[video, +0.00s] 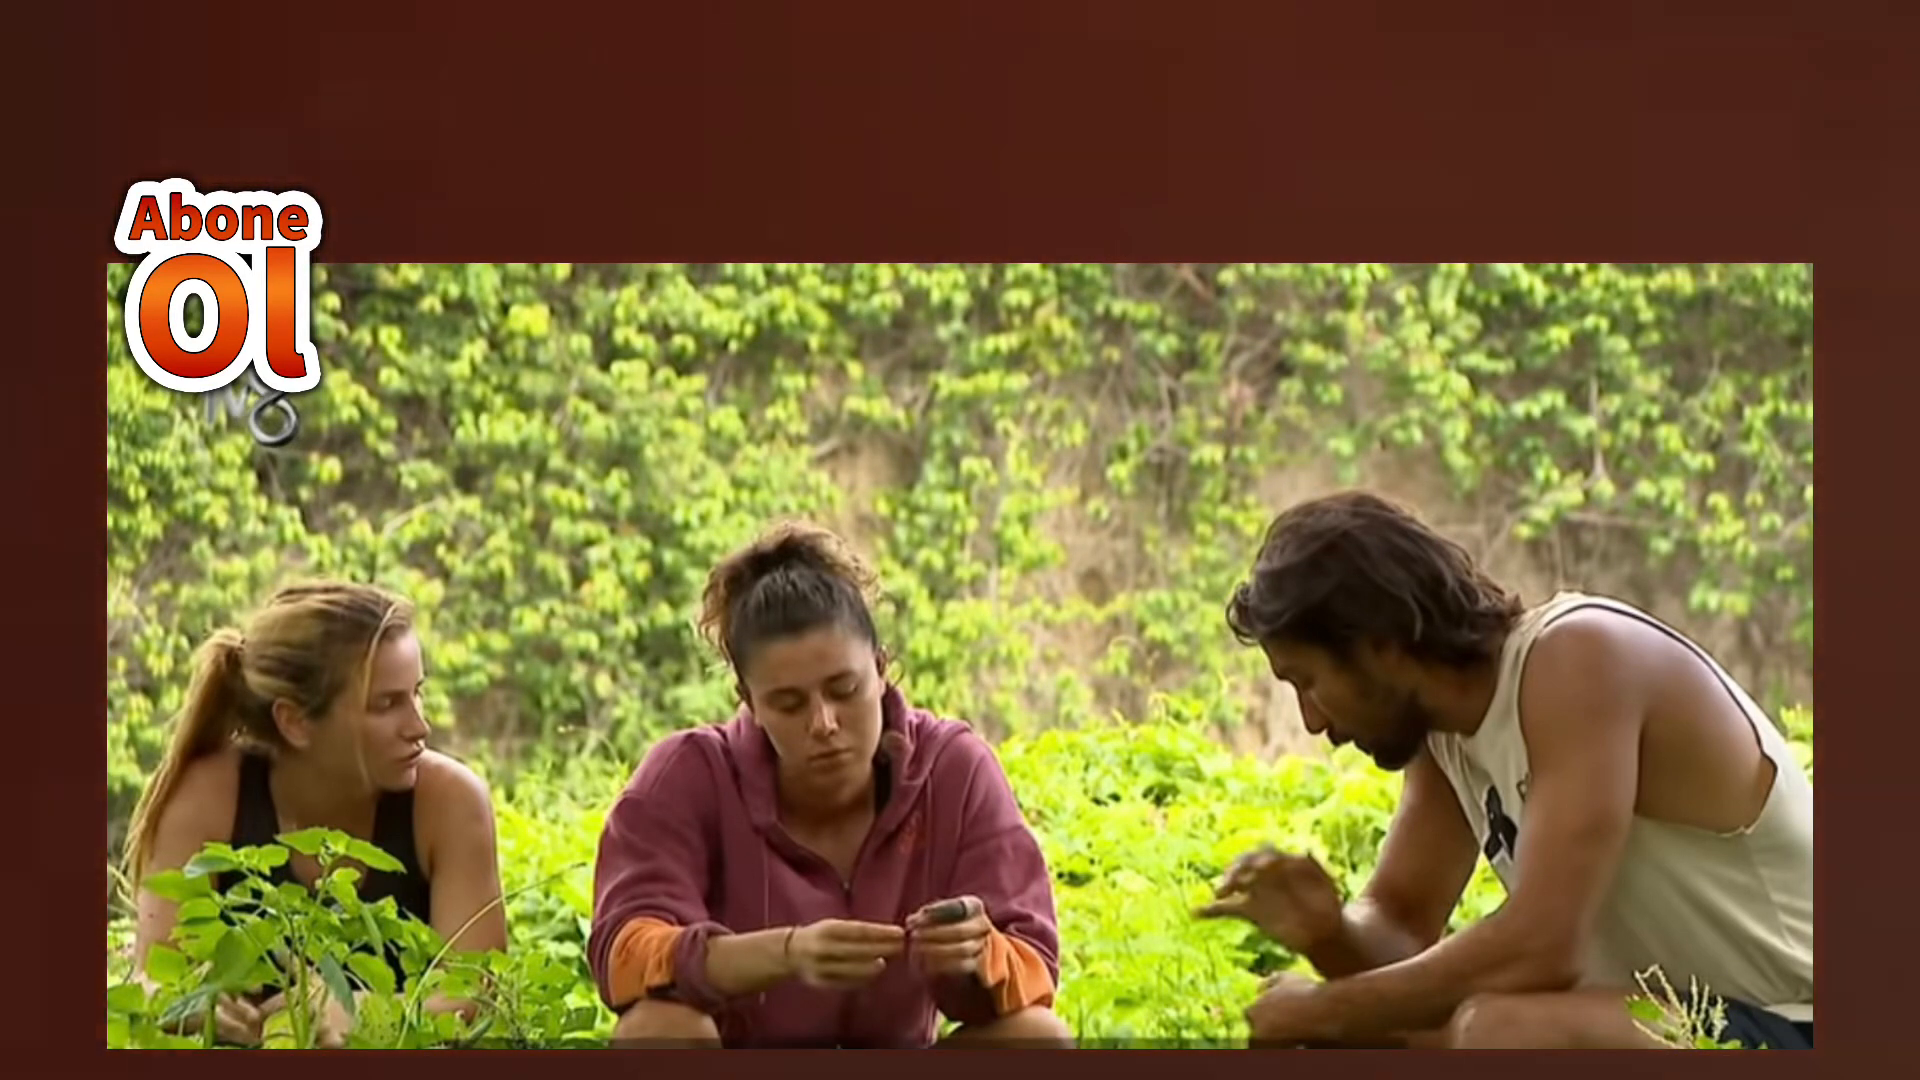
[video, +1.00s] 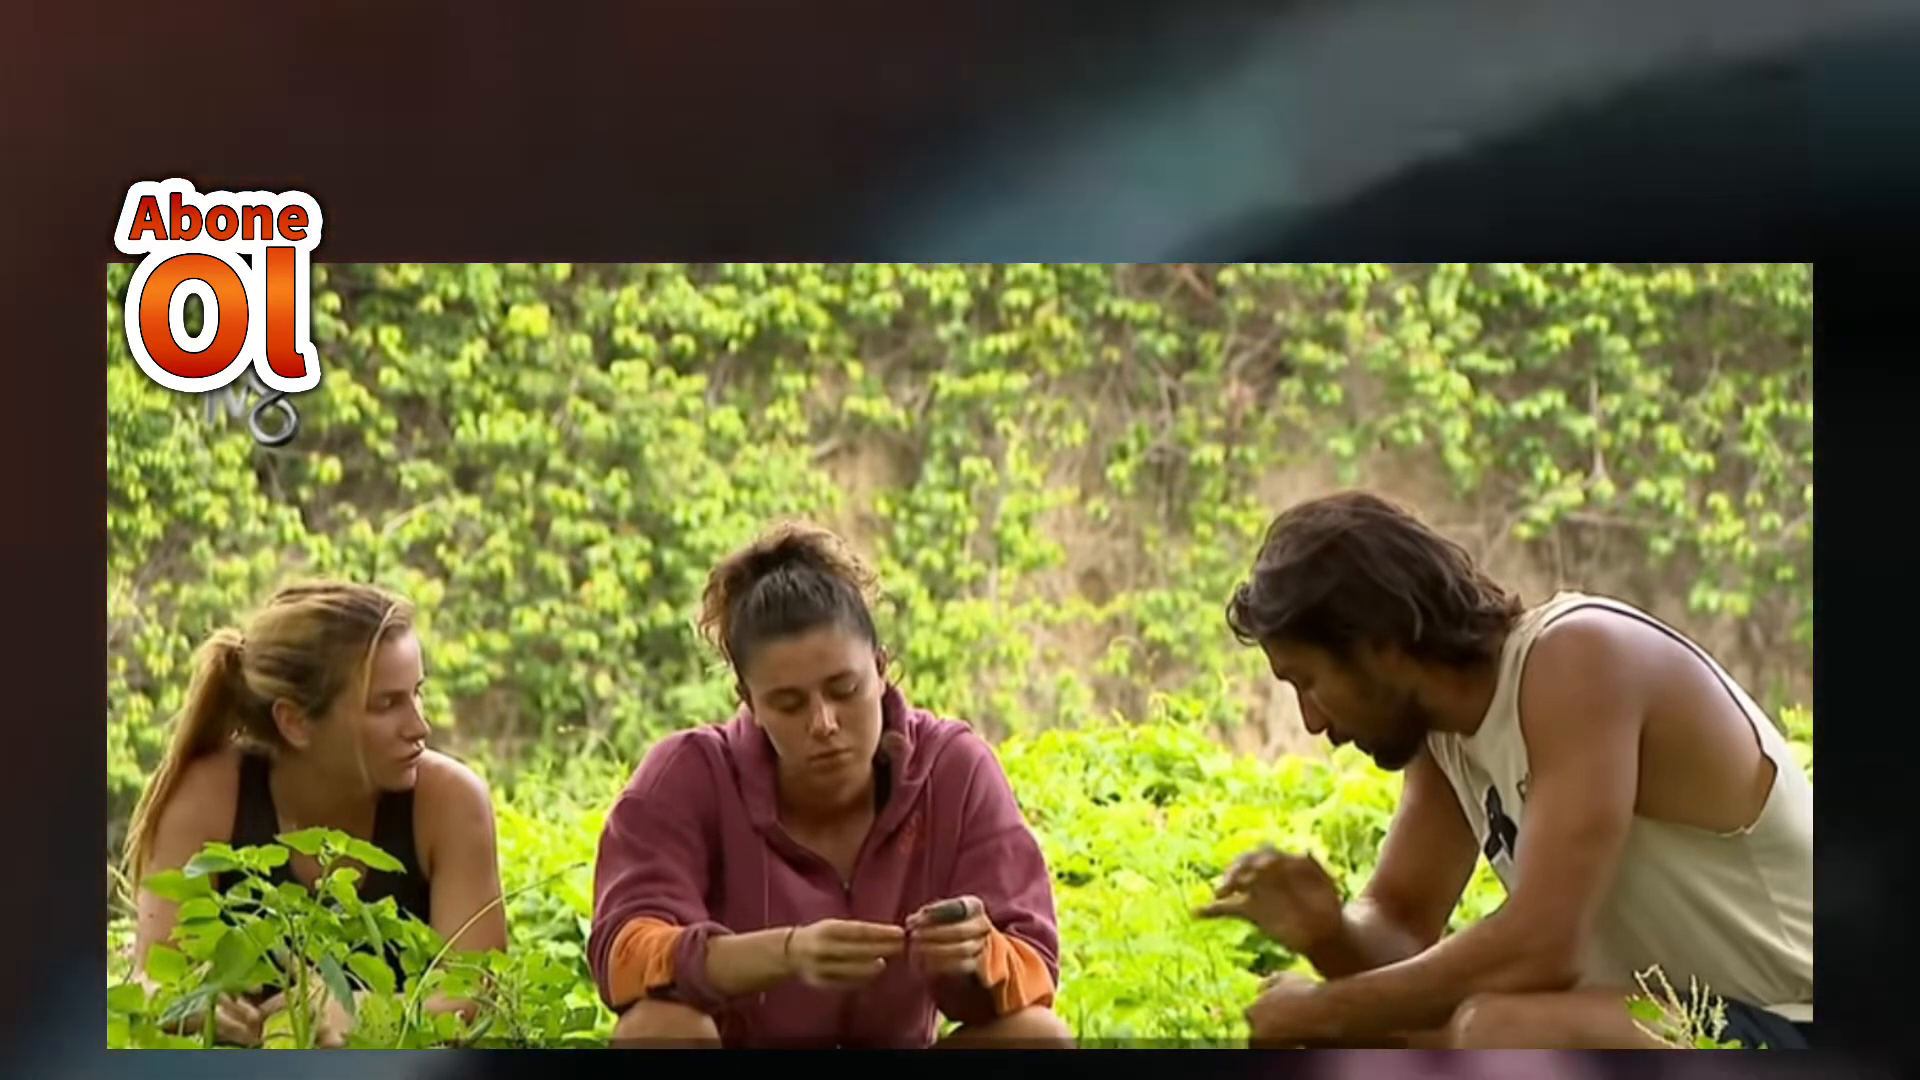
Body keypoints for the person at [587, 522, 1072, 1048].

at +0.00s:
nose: (824, 725)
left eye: (844, 690)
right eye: (789, 703)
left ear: (880, 669)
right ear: (747, 699)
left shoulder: (955, 766)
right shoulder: (687, 773)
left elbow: (1030, 970)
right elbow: (629, 957)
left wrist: (977, 953)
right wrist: (787, 952)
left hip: (899, 1056)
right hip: (739, 1058)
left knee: (1037, 1036)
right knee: (659, 1026)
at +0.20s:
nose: (824, 725)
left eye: (844, 690)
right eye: (789, 703)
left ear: (880, 669)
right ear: (747, 699)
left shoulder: (955, 767)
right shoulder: (687, 773)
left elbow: (1030, 971)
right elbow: (629, 957)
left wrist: (977, 953)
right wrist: (787, 952)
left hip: (898, 1060)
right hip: (737, 1061)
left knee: (1037, 1036)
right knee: (659, 1026)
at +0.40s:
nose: (824, 725)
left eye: (844, 690)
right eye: (789, 703)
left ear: (880, 669)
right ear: (747, 698)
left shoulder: (955, 766)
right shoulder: (687, 773)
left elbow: (1031, 970)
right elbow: (629, 957)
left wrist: (978, 952)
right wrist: (787, 952)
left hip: (897, 1062)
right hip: (737, 1063)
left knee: (1038, 1036)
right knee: (659, 1027)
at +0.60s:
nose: (824, 725)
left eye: (844, 690)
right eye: (789, 703)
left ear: (880, 669)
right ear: (747, 699)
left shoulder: (955, 766)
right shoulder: (687, 774)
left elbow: (1031, 971)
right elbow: (629, 957)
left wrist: (978, 952)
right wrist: (787, 952)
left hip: (897, 1063)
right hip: (736, 1064)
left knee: (1037, 1036)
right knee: (659, 1027)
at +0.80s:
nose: (824, 725)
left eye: (844, 690)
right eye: (789, 703)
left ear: (880, 669)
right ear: (747, 699)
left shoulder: (955, 766)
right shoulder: (687, 773)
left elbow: (1031, 970)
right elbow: (628, 957)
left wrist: (977, 953)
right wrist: (787, 952)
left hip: (901, 1050)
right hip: (738, 1062)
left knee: (1037, 1034)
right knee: (658, 1027)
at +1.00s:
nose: (824, 725)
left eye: (844, 690)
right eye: (789, 703)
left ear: (880, 669)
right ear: (747, 699)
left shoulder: (955, 766)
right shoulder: (687, 774)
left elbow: (1031, 971)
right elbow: (629, 957)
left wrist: (977, 953)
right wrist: (787, 952)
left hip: (899, 1043)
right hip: (739, 1044)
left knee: (1037, 1034)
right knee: (659, 1025)